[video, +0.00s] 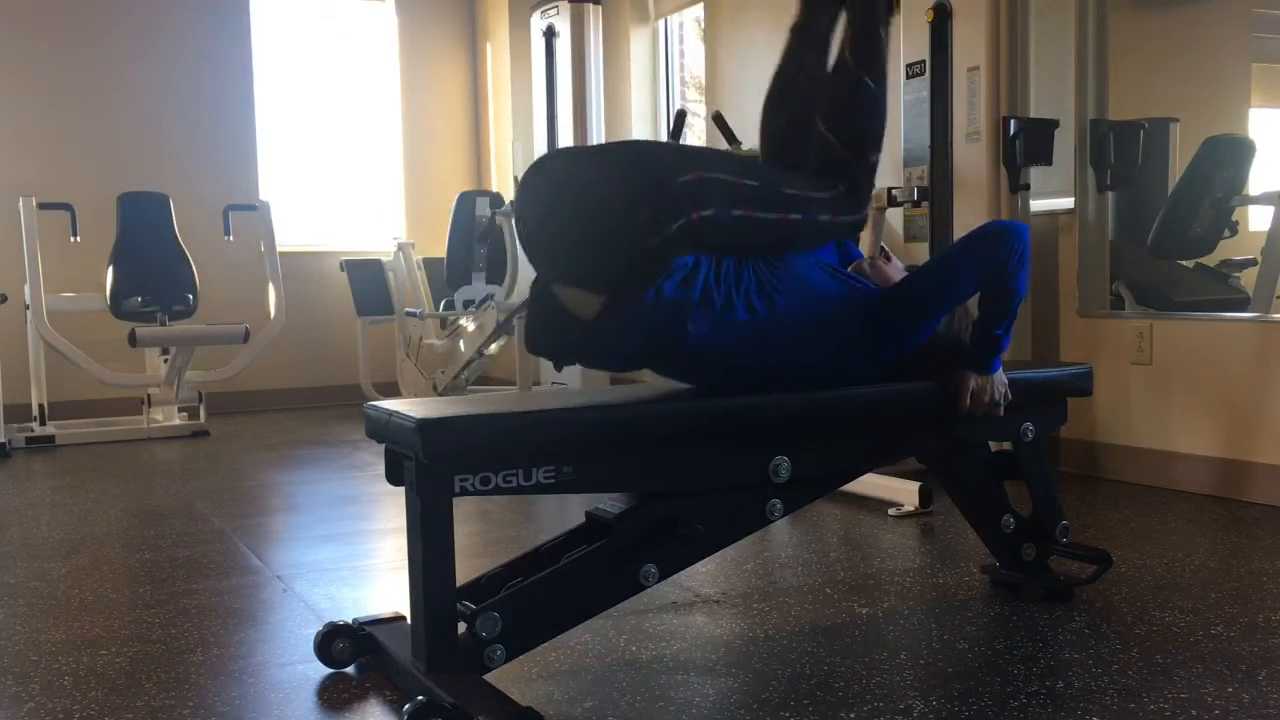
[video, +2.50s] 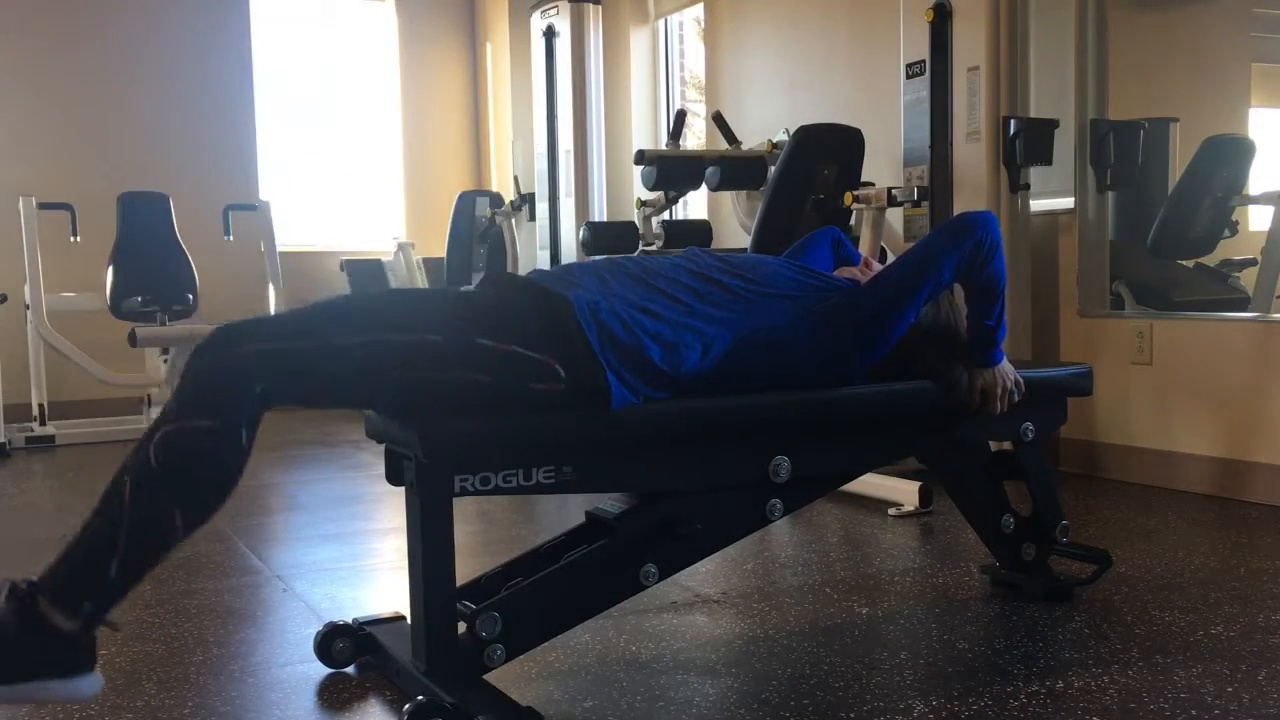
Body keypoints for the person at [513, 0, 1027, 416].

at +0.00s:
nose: (892, 258)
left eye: (904, 269)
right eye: (895, 258)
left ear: (917, 309)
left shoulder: (888, 326)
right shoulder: (838, 287)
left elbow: (1007, 239)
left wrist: (987, 359)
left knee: (838, 190)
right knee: (793, 172)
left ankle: (872, 8)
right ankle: (825, 3)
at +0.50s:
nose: (890, 254)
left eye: (902, 269)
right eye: (898, 257)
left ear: (910, 311)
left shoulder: (879, 330)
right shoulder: (839, 277)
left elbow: (998, 237)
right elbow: (817, 215)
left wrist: (1001, 352)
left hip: (607, 320)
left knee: (802, 181)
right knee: (776, 171)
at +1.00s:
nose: (877, 256)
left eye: (893, 269)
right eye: (882, 254)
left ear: (903, 313)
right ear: (859, 273)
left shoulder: (870, 331)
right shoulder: (808, 286)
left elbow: (989, 232)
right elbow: (827, 229)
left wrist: (998, 353)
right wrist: (870, 267)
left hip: (558, 349)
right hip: (527, 329)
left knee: (678, 127)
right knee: (681, 129)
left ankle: (533, 9)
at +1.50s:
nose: (870, 244)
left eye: (889, 249)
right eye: (870, 237)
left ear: (899, 298)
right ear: (850, 259)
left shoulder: (855, 329)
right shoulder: (800, 292)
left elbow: (992, 235)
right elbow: (824, 200)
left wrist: (986, 349)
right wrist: (870, 249)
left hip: (539, 356)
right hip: (531, 326)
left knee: (452, 64)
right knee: (451, 63)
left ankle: (156, 98)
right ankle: (169, 80)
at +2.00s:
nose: (873, 250)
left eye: (890, 259)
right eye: (876, 245)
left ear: (894, 294)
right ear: (856, 261)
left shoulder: (855, 323)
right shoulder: (787, 286)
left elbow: (983, 227)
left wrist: (984, 348)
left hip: (545, 350)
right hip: (525, 308)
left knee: (244, 216)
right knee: (272, 205)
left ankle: (39, 435)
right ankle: (172, 287)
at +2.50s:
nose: (879, 253)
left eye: (893, 261)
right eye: (887, 251)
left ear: (895, 295)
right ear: (863, 269)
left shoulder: (859, 321)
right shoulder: (783, 292)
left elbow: (978, 222)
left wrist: (983, 356)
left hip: (551, 346)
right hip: (513, 304)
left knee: (231, 365)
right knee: (247, 343)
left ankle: (61, 617)